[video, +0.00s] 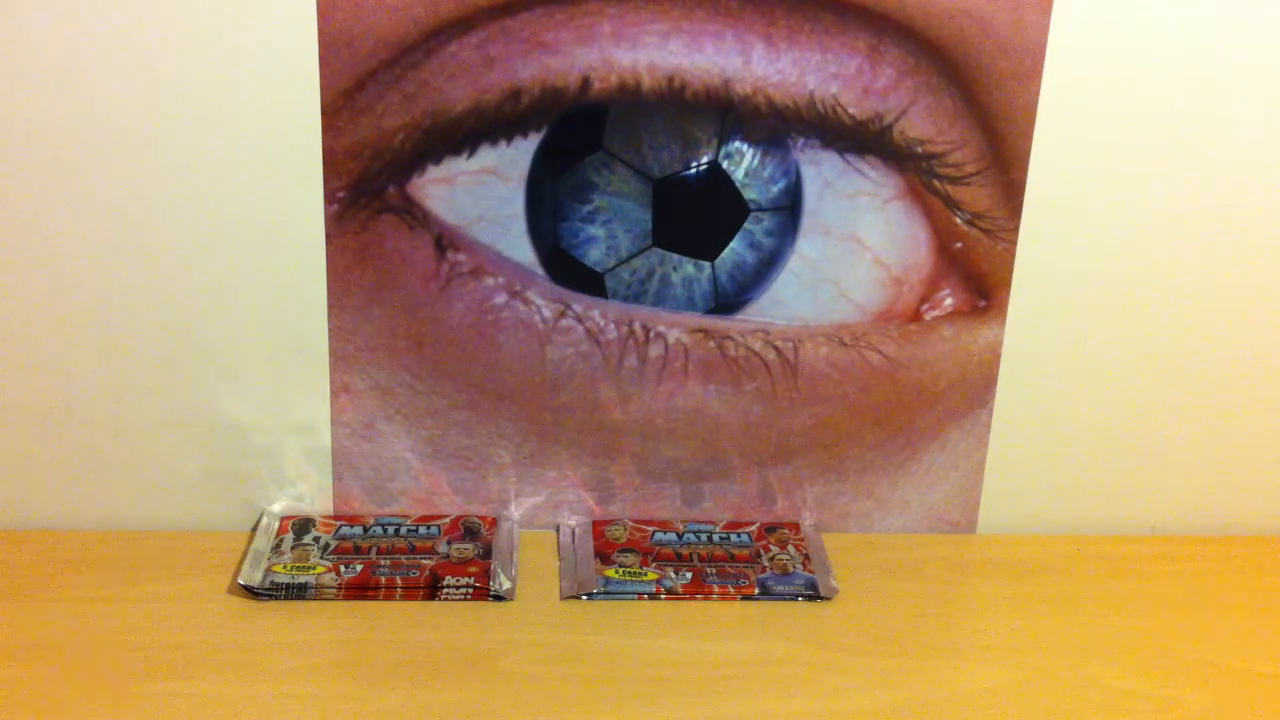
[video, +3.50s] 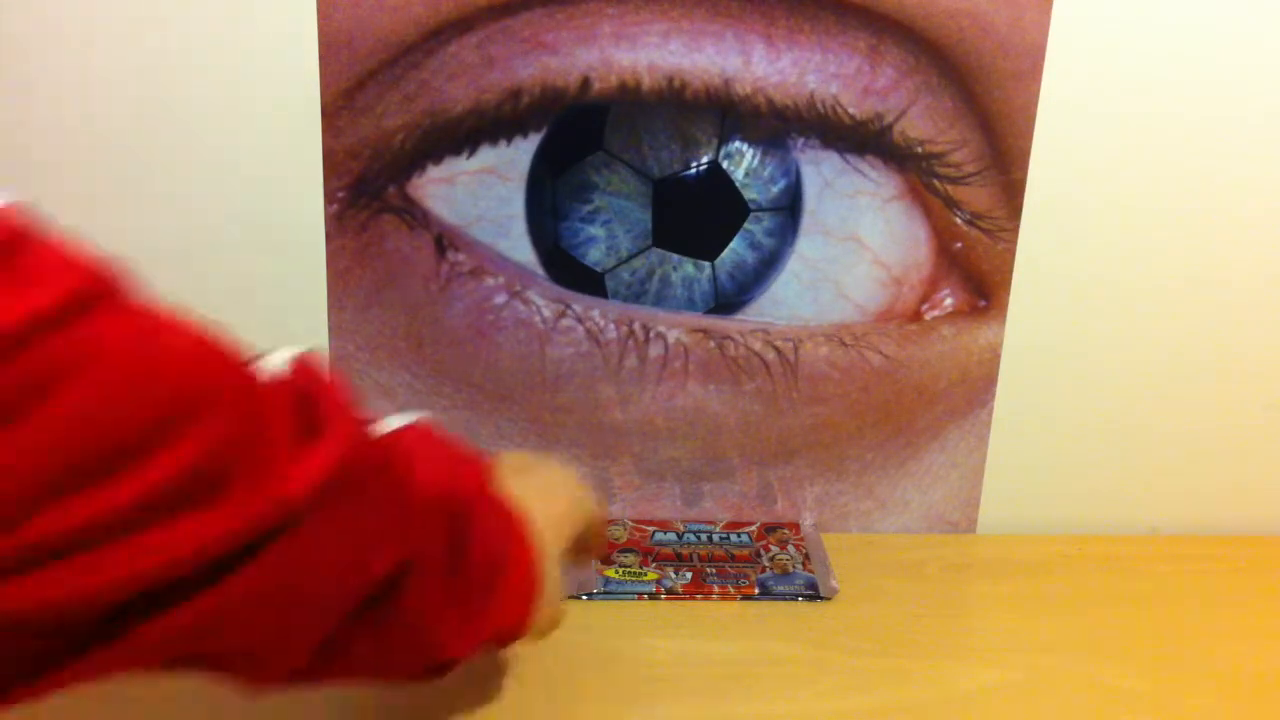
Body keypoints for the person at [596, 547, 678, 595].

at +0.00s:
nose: (621, 560)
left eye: (626, 557)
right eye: (619, 557)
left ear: (638, 558)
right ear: (616, 558)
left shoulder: (651, 573)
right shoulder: (609, 571)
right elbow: (597, 589)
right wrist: (597, 574)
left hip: (641, 606)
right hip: (612, 605)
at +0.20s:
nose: (621, 560)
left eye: (626, 557)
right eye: (619, 557)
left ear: (638, 558)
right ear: (616, 558)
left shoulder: (651, 573)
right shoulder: (609, 571)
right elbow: (597, 589)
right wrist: (596, 574)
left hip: (641, 606)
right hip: (612, 605)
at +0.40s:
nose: (621, 560)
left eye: (626, 557)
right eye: (619, 557)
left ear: (638, 558)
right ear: (616, 558)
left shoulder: (651, 573)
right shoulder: (609, 571)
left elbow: (674, 589)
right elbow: (596, 589)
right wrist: (597, 574)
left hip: (640, 606)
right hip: (612, 605)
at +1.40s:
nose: (621, 560)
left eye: (626, 557)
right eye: (619, 557)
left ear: (638, 558)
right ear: (616, 558)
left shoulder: (650, 573)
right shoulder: (610, 571)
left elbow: (665, 582)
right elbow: (597, 586)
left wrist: (672, 588)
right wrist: (597, 574)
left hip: (642, 604)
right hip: (614, 604)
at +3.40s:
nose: (621, 560)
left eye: (626, 557)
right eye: (619, 557)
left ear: (638, 558)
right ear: (616, 558)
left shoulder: (651, 573)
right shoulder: (610, 572)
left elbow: (668, 585)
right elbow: (597, 588)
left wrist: (674, 588)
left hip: (641, 606)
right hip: (612, 606)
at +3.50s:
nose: (621, 560)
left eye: (626, 557)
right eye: (619, 557)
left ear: (638, 558)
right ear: (616, 558)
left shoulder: (651, 573)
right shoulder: (609, 572)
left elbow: (669, 586)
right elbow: (597, 587)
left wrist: (675, 589)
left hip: (642, 606)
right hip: (613, 606)